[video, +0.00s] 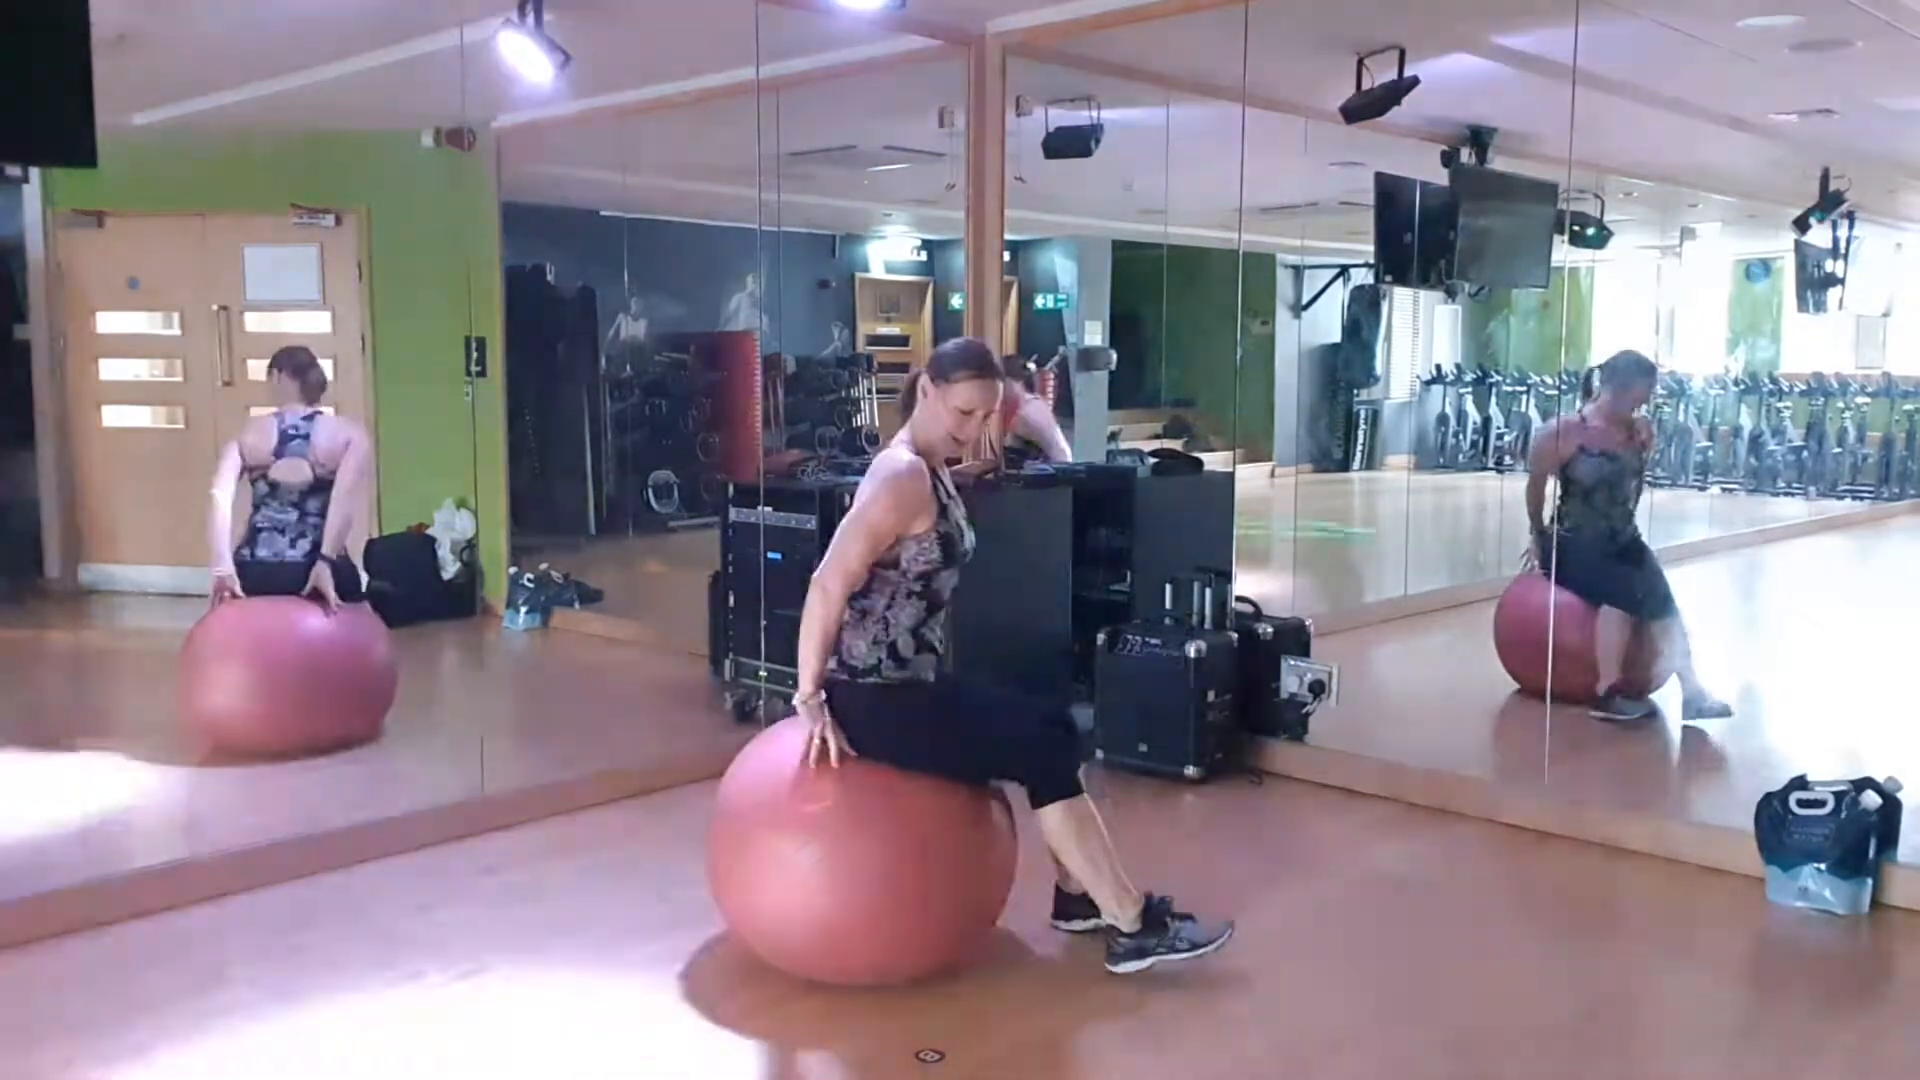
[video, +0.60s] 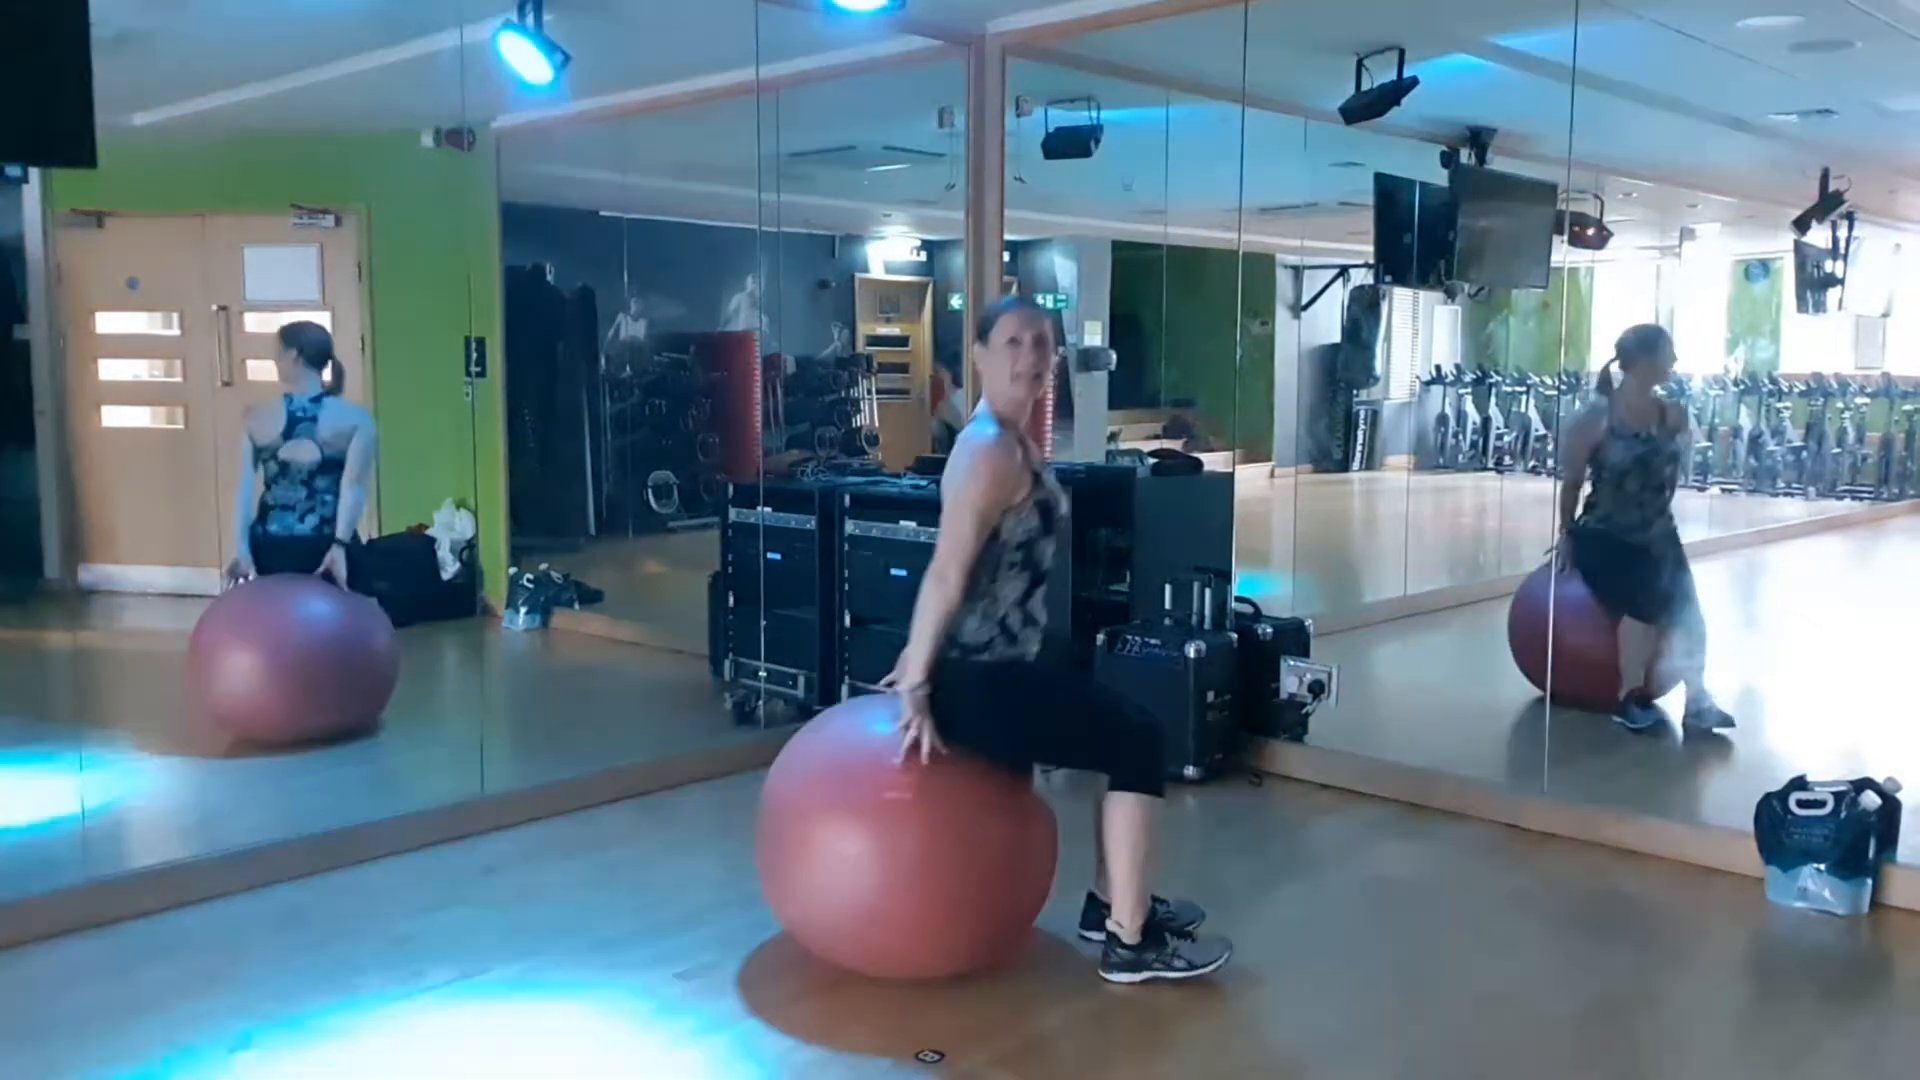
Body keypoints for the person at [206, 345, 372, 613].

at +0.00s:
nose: (270, 385)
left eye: (270, 377)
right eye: (270, 378)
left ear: (278, 376)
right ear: (317, 381)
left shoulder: (247, 434)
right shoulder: (350, 433)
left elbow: (220, 495)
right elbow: (343, 498)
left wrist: (221, 565)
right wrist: (326, 560)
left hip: (254, 571)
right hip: (320, 570)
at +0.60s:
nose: (276, 359)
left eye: (279, 351)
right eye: (277, 351)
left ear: (293, 355)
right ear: (323, 359)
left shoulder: (258, 417)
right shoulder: (356, 419)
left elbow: (245, 485)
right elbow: (353, 484)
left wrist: (241, 549)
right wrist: (340, 544)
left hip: (269, 545)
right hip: (326, 545)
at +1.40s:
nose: (252, 383)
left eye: (255, 376)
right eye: (253, 376)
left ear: (269, 383)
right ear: (302, 381)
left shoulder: (240, 441)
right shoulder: (342, 436)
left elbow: (239, 511)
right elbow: (353, 499)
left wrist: (243, 569)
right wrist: (354, 560)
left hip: (270, 573)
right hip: (329, 570)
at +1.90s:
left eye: (270, 374)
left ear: (271, 376)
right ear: (313, 377)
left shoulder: (239, 430)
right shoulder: (344, 429)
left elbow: (224, 500)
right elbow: (350, 497)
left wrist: (219, 561)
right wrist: (346, 557)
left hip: (255, 569)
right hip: (319, 567)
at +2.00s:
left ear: (269, 380)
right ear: (313, 380)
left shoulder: (239, 432)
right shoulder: (341, 431)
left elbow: (219, 504)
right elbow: (343, 495)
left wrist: (213, 563)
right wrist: (337, 555)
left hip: (250, 570)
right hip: (314, 569)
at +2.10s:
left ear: (268, 382)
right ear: (313, 382)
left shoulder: (237, 433)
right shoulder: (339, 432)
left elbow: (217, 503)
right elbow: (341, 499)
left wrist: (209, 563)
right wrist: (334, 554)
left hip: (245, 569)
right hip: (309, 569)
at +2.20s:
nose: (311, 388)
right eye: (312, 382)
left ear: (269, 384)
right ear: (310, 384)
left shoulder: (236, 432)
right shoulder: (339, 431)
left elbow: (218, 498)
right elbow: (346, 493)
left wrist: (207, 560)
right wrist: (338, 550)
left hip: (239, 563)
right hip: (306, 562)